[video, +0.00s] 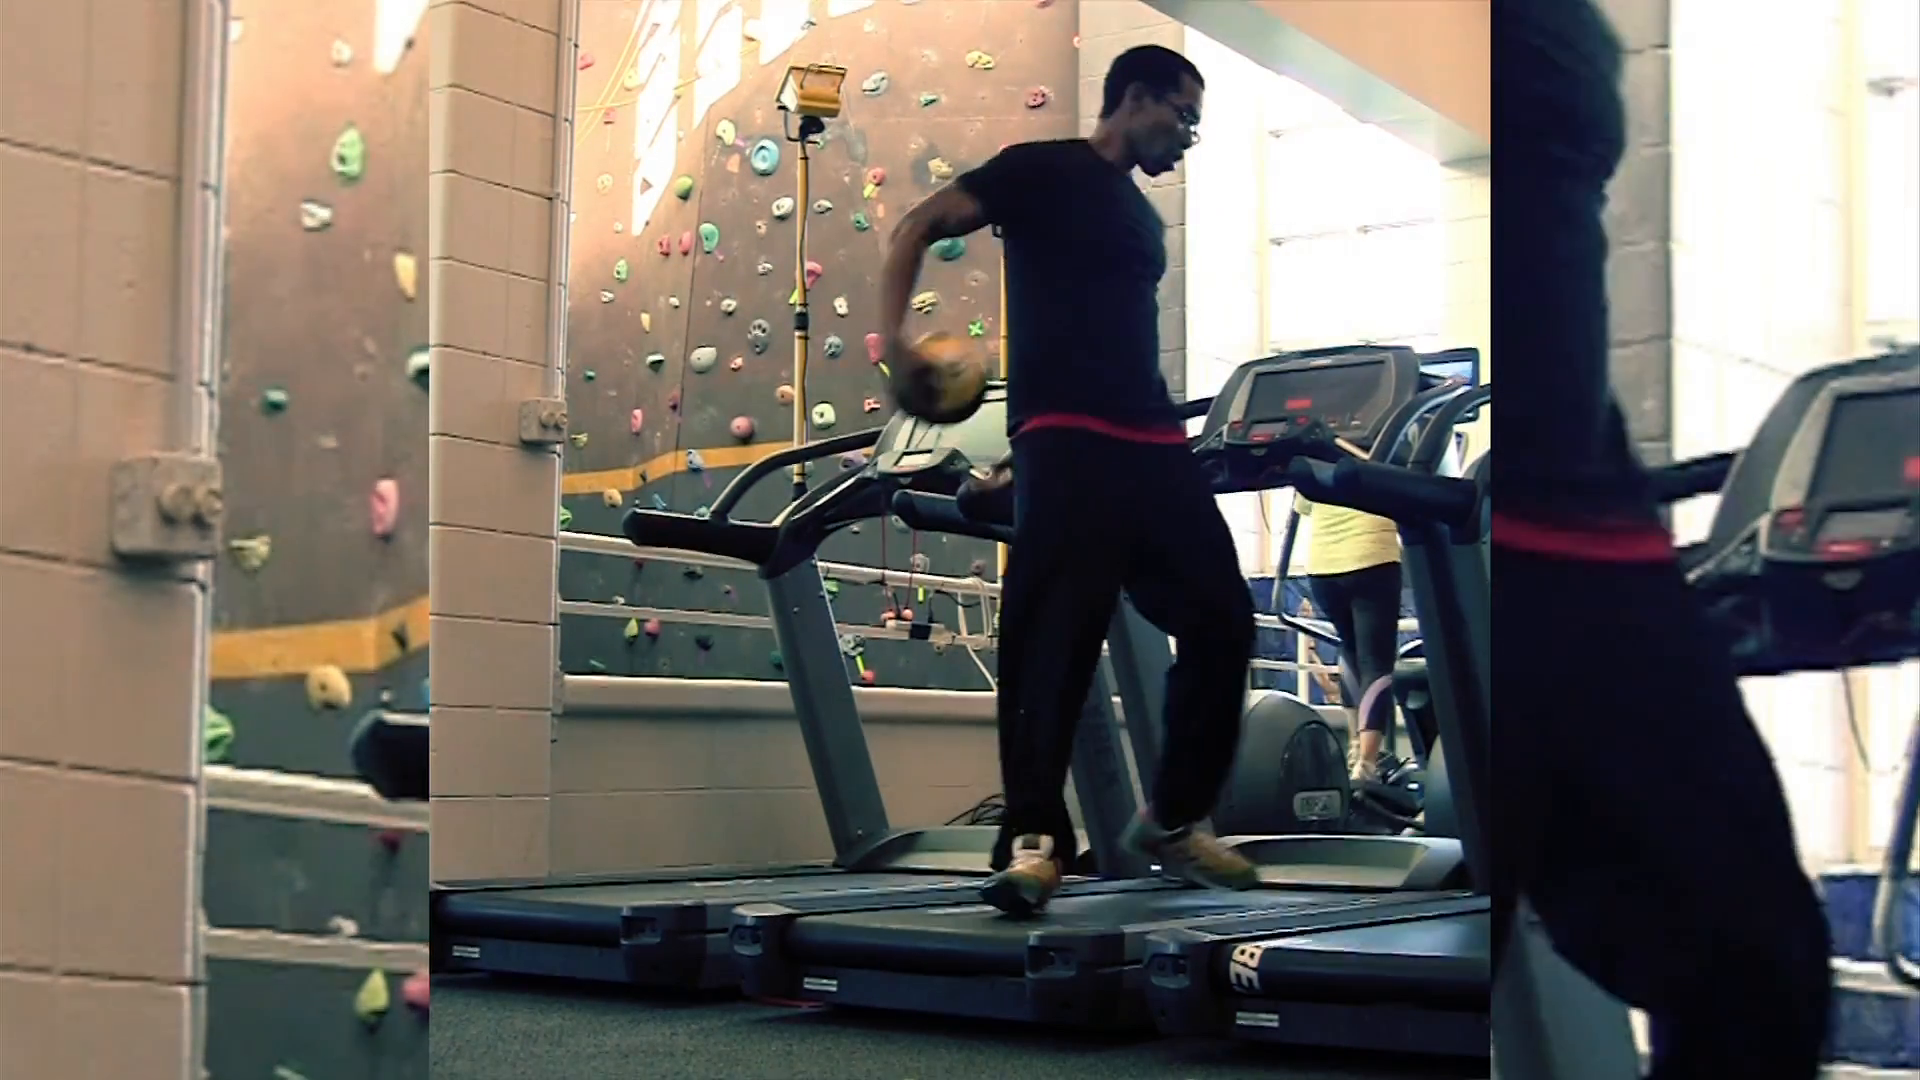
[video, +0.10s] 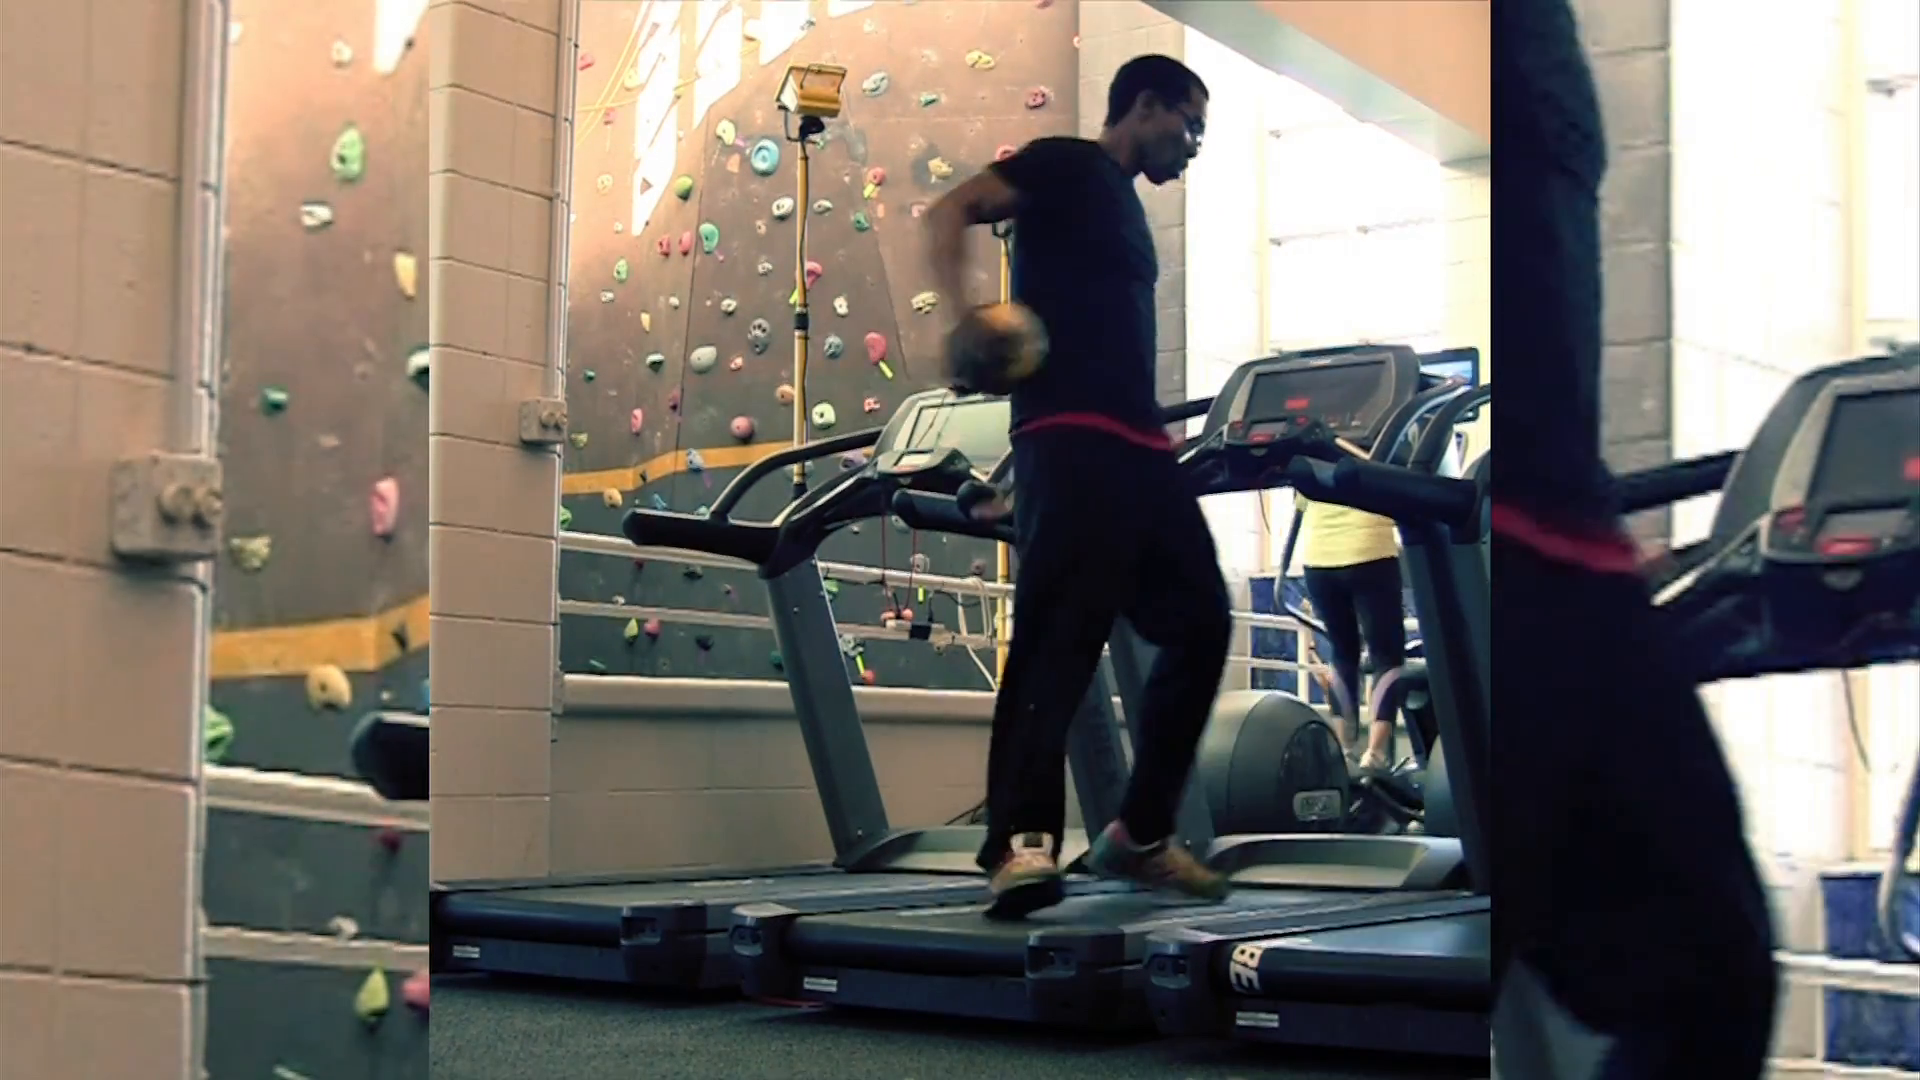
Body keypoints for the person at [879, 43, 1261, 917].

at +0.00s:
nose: (1186, 136)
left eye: (1193, 124)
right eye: (1179, 115)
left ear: (1153, 113)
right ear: (1130, 98)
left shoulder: (1141, 214)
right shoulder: (1042, 168)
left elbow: (1110, 342)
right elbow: (913, 226)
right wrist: (890, 338)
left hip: (1156, 451)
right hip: (1067, 446)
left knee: (1224, 627)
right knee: (1051, 636)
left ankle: (1176, 825)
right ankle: (1034, 838)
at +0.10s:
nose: (1192, 146)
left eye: (1197, 133)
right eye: (1187, 125)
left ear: (1147, 113)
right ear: (1141, 104)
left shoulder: (1124, 207)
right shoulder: (1068, 158)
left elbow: (1080, 335)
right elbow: (946, 214)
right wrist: (960, 318)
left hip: (1142, 455)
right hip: (1071, 447)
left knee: (1200, 627)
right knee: (1057, 639)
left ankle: (1141, 835)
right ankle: (1023, 844)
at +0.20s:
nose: (1194, 159)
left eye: (1199, 146)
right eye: (1189, 139)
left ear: (1149, 128)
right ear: (1147, 120)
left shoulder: (1117, 209)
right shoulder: (1093, 162)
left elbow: (1041, 345)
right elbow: (1006, 205)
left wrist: (1028, 488)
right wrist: (1068, 287)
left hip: (1115, 451)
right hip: (1077, 441)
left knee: (1177, 638)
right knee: (1071, 639)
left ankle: (1108, 848)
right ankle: (998, 854)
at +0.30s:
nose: (1188, 180)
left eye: (1195, 165)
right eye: (1187, 159)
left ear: (1136, 137)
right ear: (1150, 138)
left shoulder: (1060, 224)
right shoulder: (1096, 188)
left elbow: (1013, 369)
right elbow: (1089, 229)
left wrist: (1028, 489)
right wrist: (1175, 309)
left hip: (1075, 462)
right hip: (1082, 456)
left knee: (1156, 642)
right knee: (1088, 642)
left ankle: (1087, 856)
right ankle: (984, 857)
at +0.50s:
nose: (1188, 203)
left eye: (1190, 193)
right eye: (1185, 189)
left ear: (1110, 170)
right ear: (1156, 169)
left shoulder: (1030, 249)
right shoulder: (1144, 200)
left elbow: (1003, 393)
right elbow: (1206, 266)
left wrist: (1019, 475)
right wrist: (1288, 363)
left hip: (1022, 475)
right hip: (1096, 462)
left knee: (1068, 671)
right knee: (1126, 660)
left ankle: (1043, 850)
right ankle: (1006, 818)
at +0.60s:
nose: (1191, 213)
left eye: (1193, 203)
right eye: (1188, 199)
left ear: (1114, 180)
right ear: (1163, 180)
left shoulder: (1042, 246)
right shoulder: (1150, 206)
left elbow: (1015, 370)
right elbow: (1212, 278)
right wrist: (1290, 374)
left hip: (1015, 476)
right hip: (1095, 467)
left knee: (1055, 672)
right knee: (1151, 668)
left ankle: (1046, 850)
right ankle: (1043, 818)